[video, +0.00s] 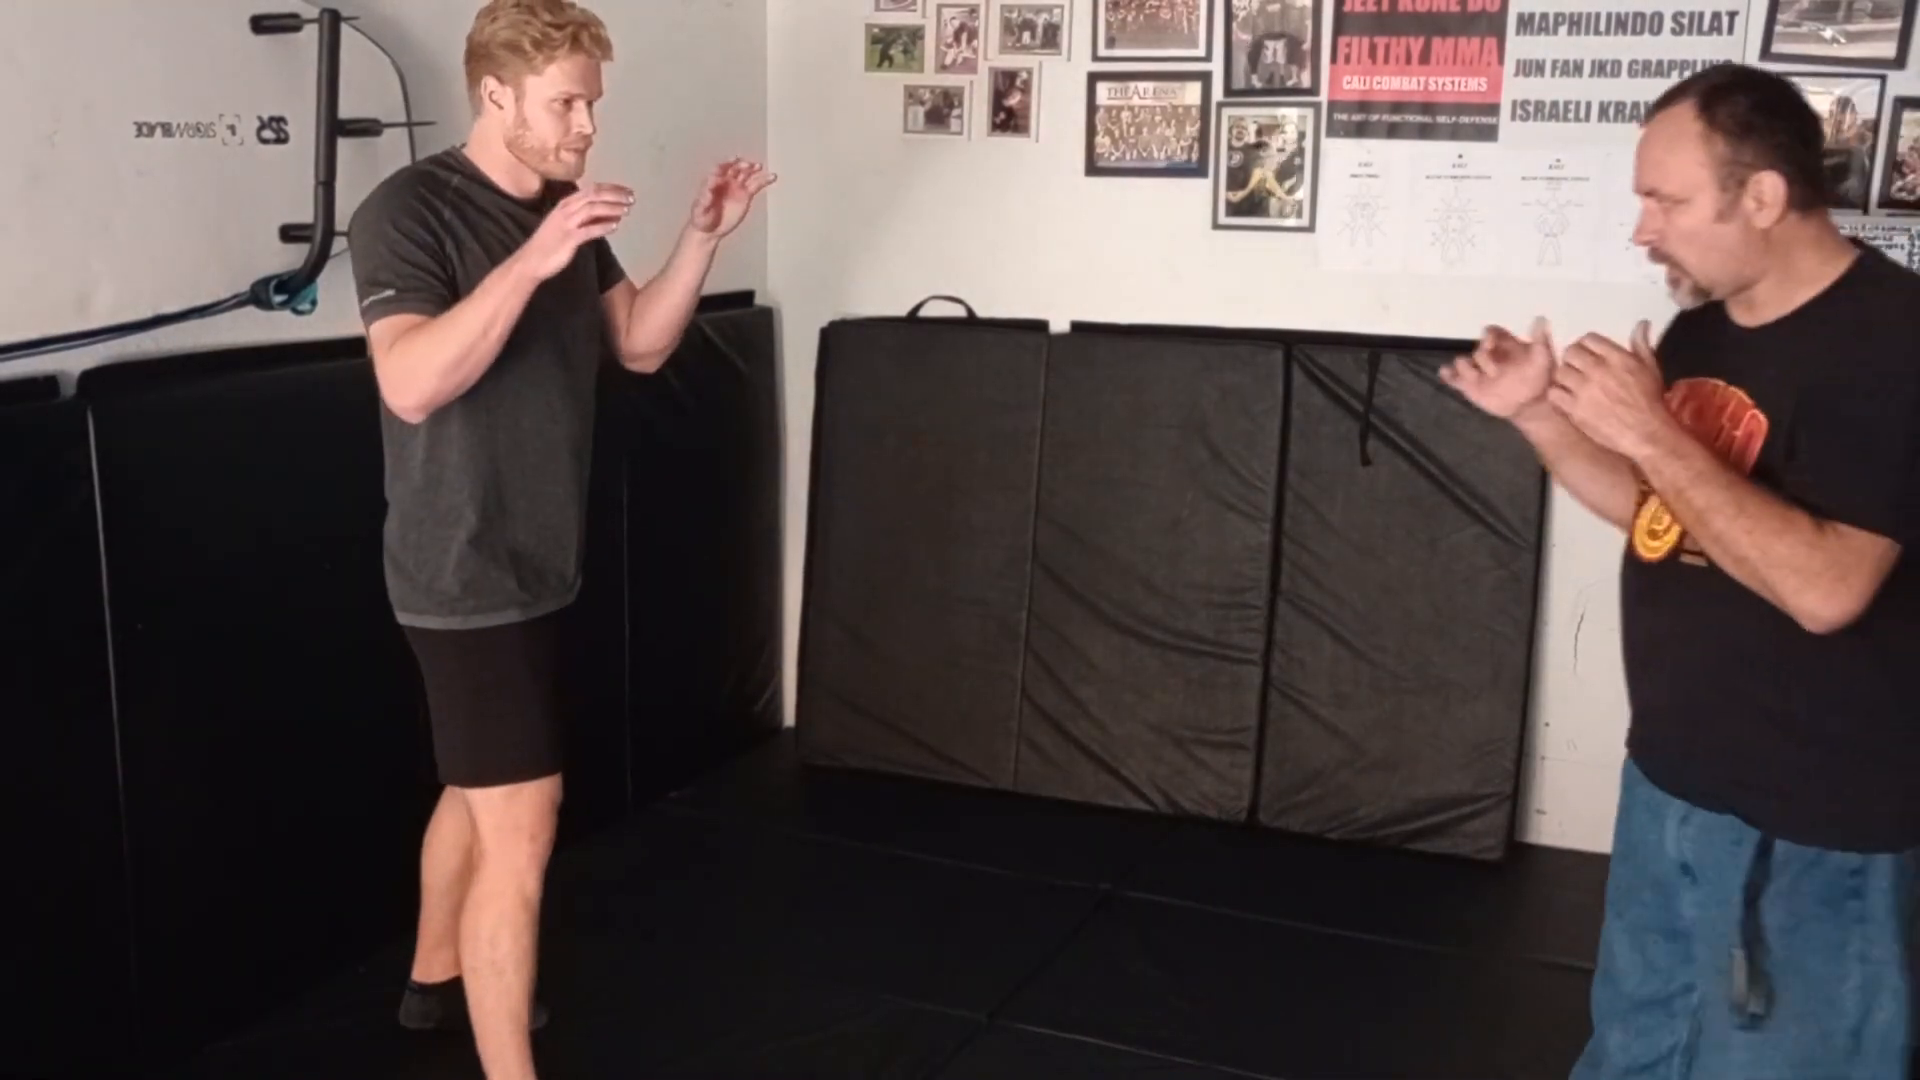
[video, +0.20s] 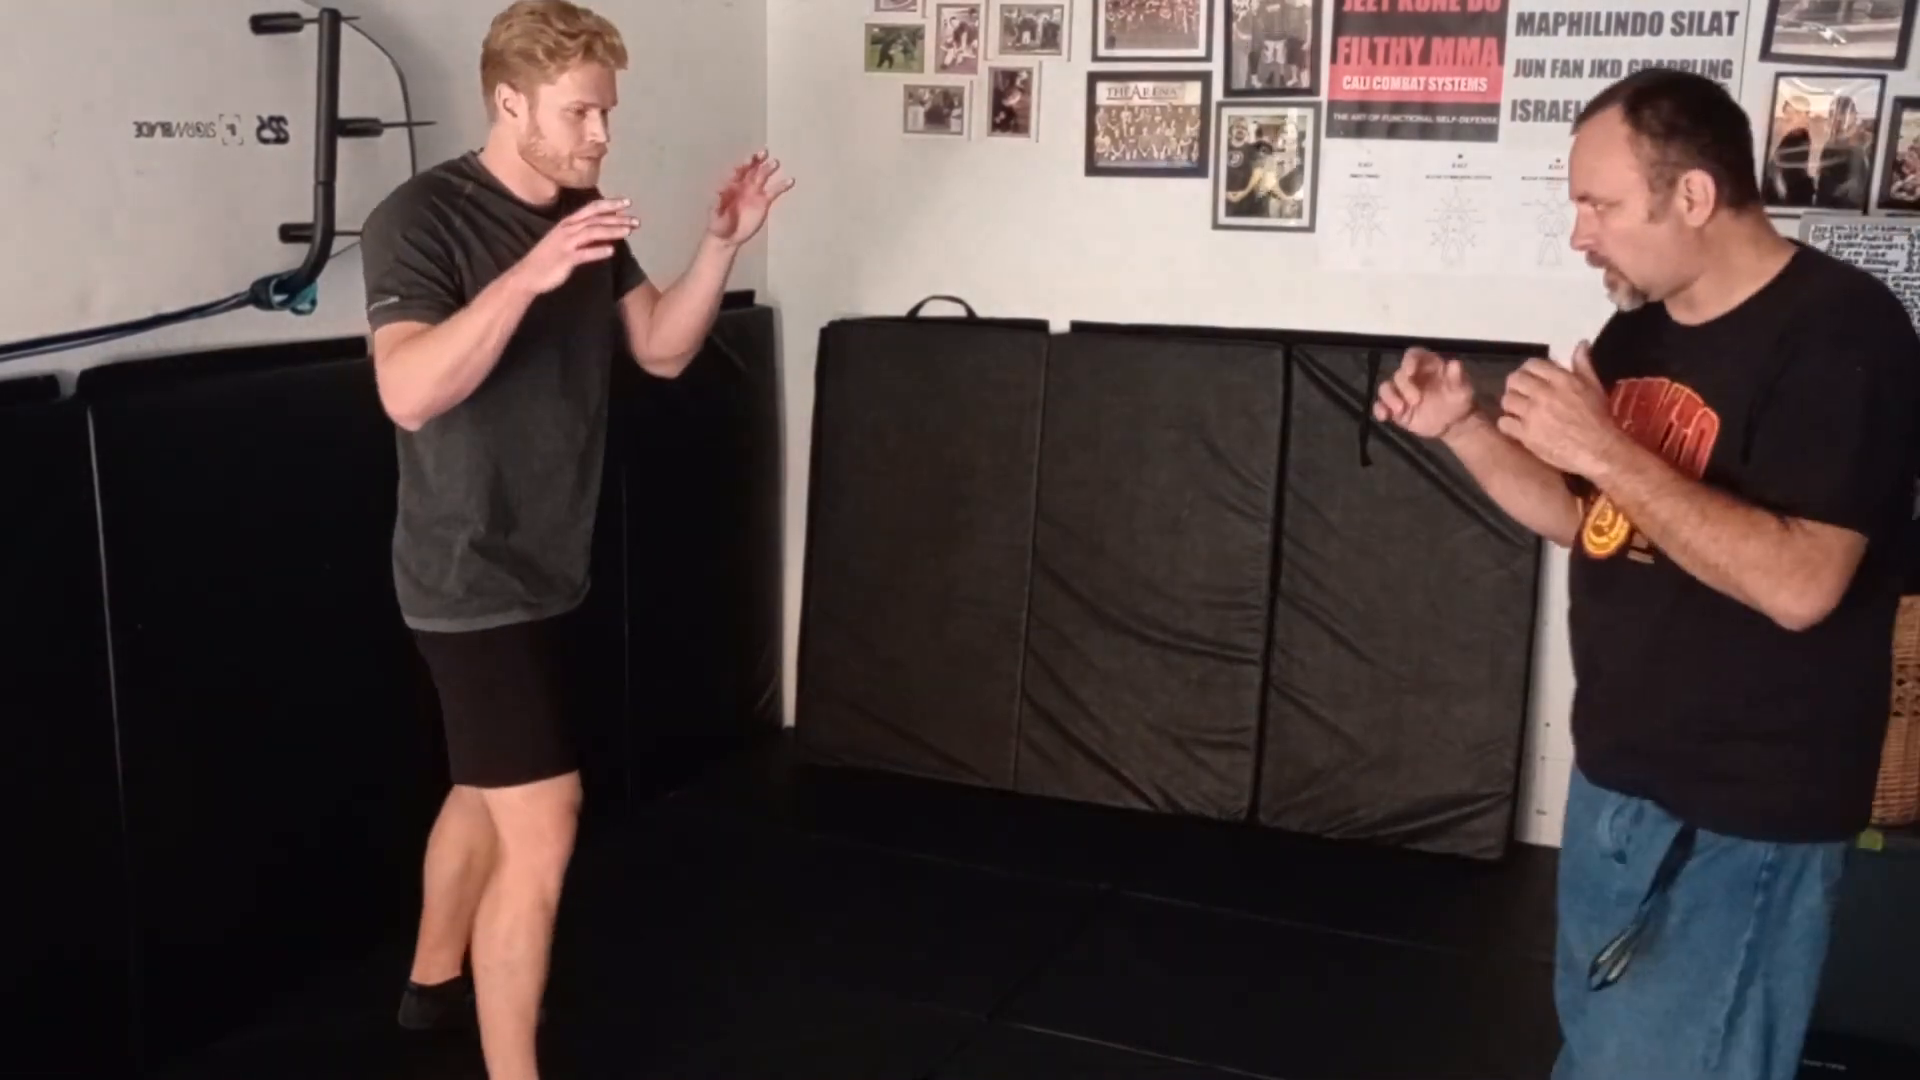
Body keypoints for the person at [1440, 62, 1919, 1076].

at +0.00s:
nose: (1643, 230)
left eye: (1664, 201)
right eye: (1644, 200)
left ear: (1763, 200)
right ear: (1752, 202)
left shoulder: (1895, 337)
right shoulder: (1700, 329)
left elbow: (1829, 588)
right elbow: (1655, 510)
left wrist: (1652, 434)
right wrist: (1539, 415)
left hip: (1842, 831)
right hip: (1673, 792)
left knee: (1819, 1065)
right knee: (1636, 1056)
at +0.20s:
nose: (1579, 234)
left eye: (1599, 206)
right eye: (1577, 206)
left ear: (1696, 199)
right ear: (1682, 203)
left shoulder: (1853, 332)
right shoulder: (1639, 329)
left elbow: (1802, 584)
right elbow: (1579, 513)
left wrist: (1608, 454)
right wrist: (1463, 427)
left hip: (1753, 825)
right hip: (1614, 792)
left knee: (1688, 1063)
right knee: (1596, 1055)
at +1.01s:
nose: (1554, 212)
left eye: (1582, 183)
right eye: (1552, 182)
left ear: (1690, 189)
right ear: (1671, 189)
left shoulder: (1767, 374)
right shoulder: (1600, 308)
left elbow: (1584, 568)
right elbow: (1533, 493)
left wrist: (1505, 361)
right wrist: (1402, 472)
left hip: (1539, 829)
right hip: (1428, 677)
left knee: (1454, 1063)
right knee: (1175, 772)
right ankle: (931, 850)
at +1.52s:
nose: (1623, 206)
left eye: (1660, 178)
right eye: (1616, 175)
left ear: (1751, 196)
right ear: (1605, 179)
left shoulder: (1825, 354)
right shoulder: (1631, 324)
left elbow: (1809, 605)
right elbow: (1601, 531)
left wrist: (1602, 481)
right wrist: (1508, 470)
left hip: (1717, 807)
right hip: (1614, 782)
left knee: (1561, 1057)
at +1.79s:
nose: (1690, 190)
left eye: (1718, 162)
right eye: (1684, 161)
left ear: (1819, 170)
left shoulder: (1902, 324)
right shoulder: (1713, 301)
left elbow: (1840, 569)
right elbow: (1668, 493)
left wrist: (1676, 411)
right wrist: (1592, 417)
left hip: (1820, 803)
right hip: (1681, 771)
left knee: (1755, 1059)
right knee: (1686, 1048)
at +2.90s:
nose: (1589, 276)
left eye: (1615, 252)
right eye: (1589, 246)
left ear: (1719, 257)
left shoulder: (1822, 408)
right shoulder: (1651, 315)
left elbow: (1718, 635)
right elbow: (1590, 439)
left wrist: (1574, 459)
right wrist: (1508, 521)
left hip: (1625, 811)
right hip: (1488, 685)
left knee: (1602, 1062)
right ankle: (1216, 1066)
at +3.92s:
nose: (1444, 193)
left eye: (1477, 167)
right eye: (1437, 165)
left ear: (1560, 181)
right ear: (1428, 167)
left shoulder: (1644, 333)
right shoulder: (1422, 293)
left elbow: (1664, 560)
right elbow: (1390, 469)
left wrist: (1473, 468)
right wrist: (1330, 462)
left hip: (1547, 748)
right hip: (1426, 718)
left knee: (1480, 1037)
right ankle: (1576, 1065)